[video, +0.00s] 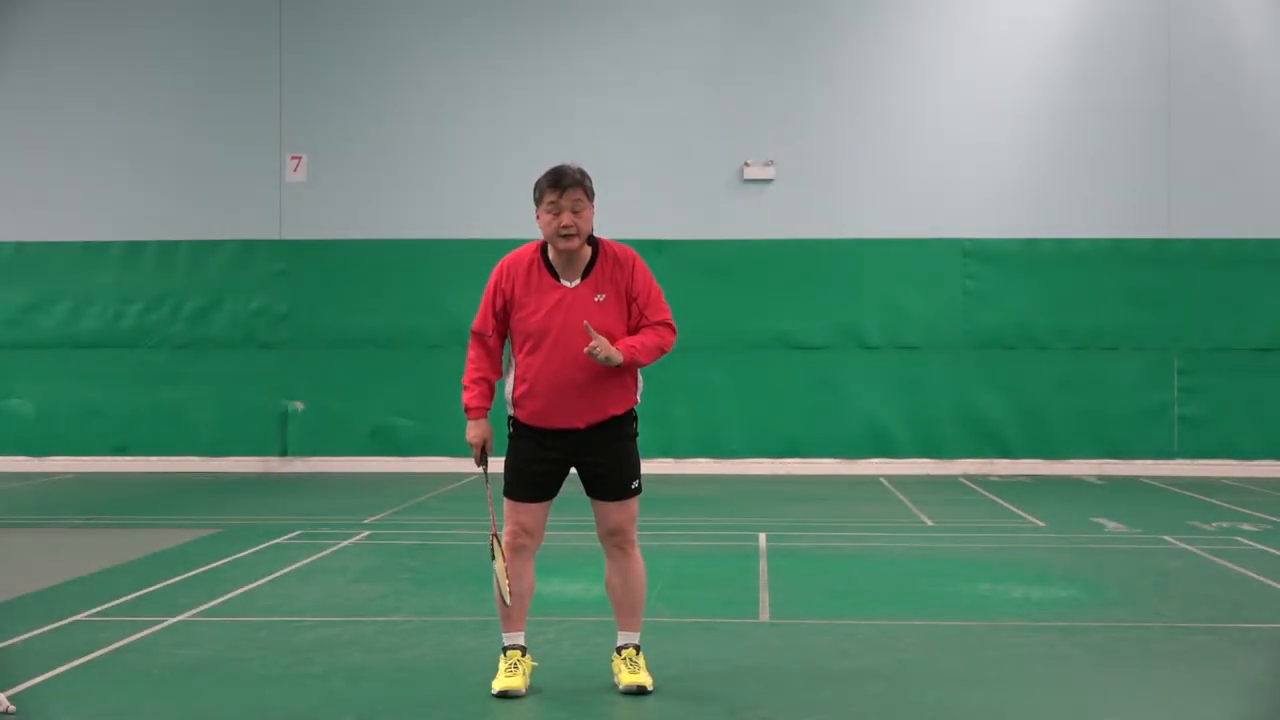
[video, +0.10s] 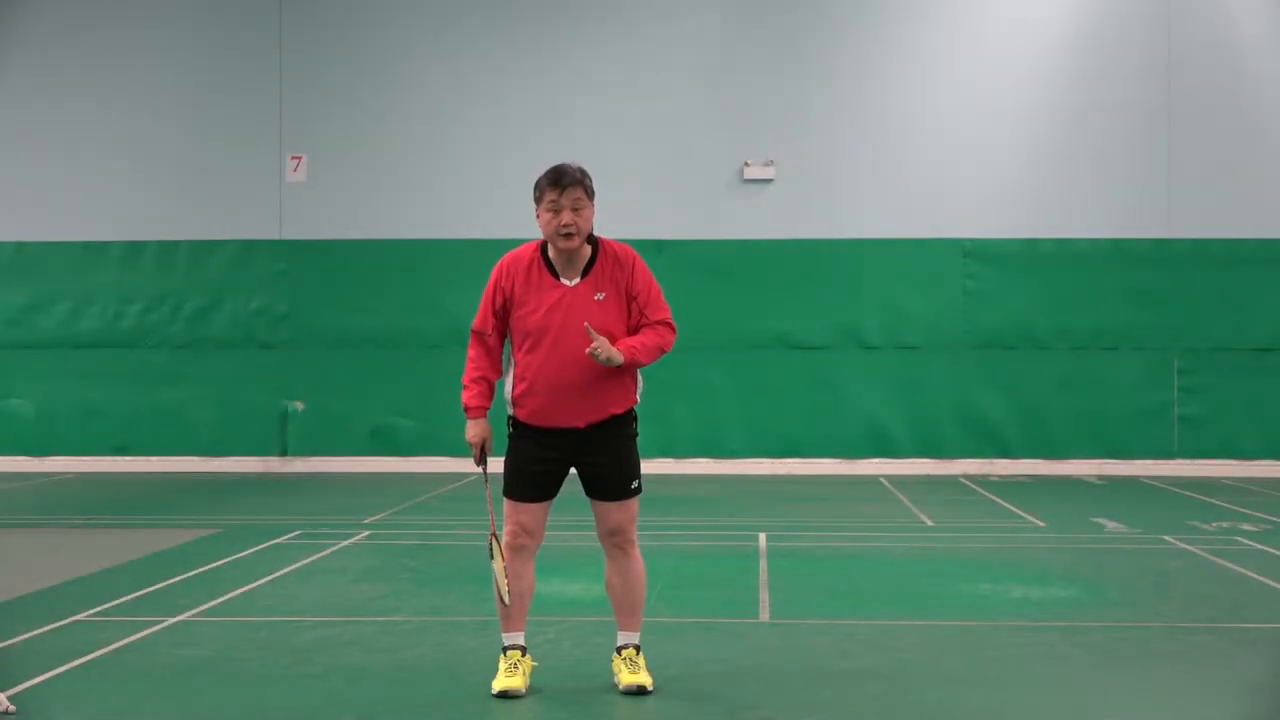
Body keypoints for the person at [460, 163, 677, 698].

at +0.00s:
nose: (565, 220)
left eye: (575, 209)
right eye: (554, 211)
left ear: (592, 212)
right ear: (538, 217)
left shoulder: (623, 265)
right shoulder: (512, 272)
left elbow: (663, 330)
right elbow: (485, 342)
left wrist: (624, 350)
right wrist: (477, 414)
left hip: (609, 427)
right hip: (535, 429)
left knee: (621, 537)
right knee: (519, 538)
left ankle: (629, 649)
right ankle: (514, 651)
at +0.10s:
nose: (566, 219)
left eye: (576, 208)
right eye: (554, 210)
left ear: (592, 211)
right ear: (538, 216)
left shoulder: (623, 263)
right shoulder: (512, 270)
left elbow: (662, 329)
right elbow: (485, 341)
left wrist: (625, 351)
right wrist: (477, 413)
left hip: (609, 427)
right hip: (535, 429)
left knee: (621, 537)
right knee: (519, 538)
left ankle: (629, 649)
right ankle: (513, 651)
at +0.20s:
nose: (567, 215)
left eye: (577, 204)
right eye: (555, 205)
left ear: (592, 208)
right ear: (538, 212)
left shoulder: (623, 261)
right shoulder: (512, 268)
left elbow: (662, 327)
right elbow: (485, 338)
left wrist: (626, 346)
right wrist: (475, 411)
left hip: (608, 426)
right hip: (535, 428)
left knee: (620, 536)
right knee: (519, 538)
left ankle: (629, 650)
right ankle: (513, 651)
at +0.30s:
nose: (567, 211)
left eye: (577, 200)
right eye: (556, 201)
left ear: (593, 204)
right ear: (539, 207)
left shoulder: (623, 259)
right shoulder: (513, 264)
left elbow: (664, 324)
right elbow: (485, 335)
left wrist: (621, 328)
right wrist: (473, 406)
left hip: (608, 424)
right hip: (534, 427)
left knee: (619, 536)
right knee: (518, 538)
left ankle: (629, 649)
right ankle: (513, 651)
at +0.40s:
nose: (568, 207)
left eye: (578, 196)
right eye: (556, 198)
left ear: (594, 201)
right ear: (540, 205)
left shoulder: (624, 256)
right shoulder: (514, 262)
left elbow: (663, 323)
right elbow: (485, 332)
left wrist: (616, 301)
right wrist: (472, 403)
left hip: (607, 421)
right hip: (534, 424)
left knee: (619, 536)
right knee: (518, 538)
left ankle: (629, 649)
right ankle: (513, 652)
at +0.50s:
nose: (568, 205)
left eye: (578, 195)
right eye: (557, 196)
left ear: (594, 199)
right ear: (541, 204)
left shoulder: (624, 254)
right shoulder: (514, 261)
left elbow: (663, 317)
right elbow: (486, 330)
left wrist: (614, 286)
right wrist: (471, 401)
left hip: (607, 420)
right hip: (533, 423)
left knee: (619, 536)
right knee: (518, 538)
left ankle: (629, 650)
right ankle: (513, 652)